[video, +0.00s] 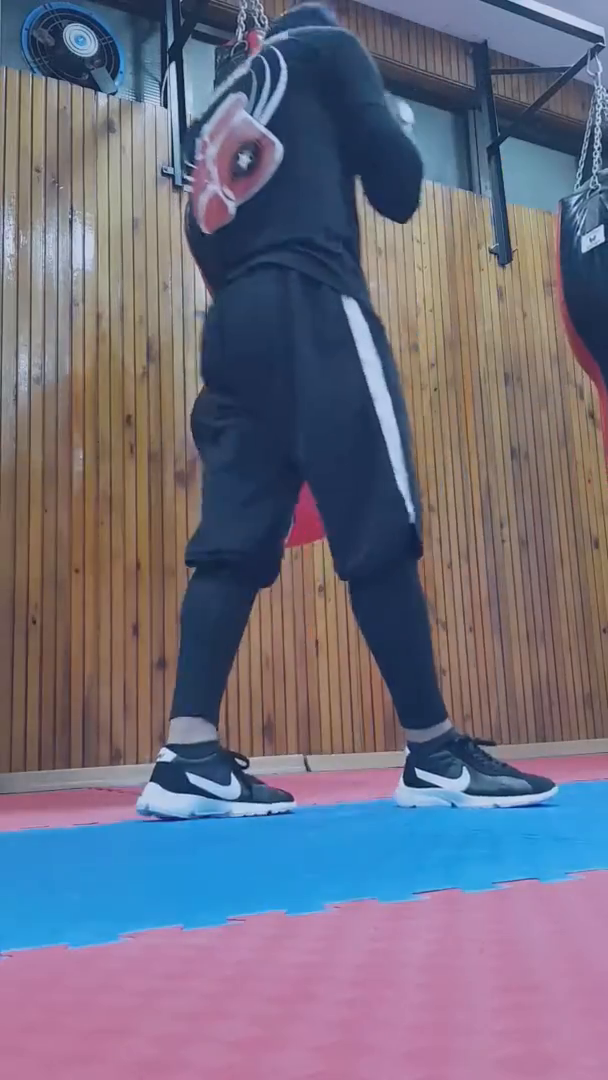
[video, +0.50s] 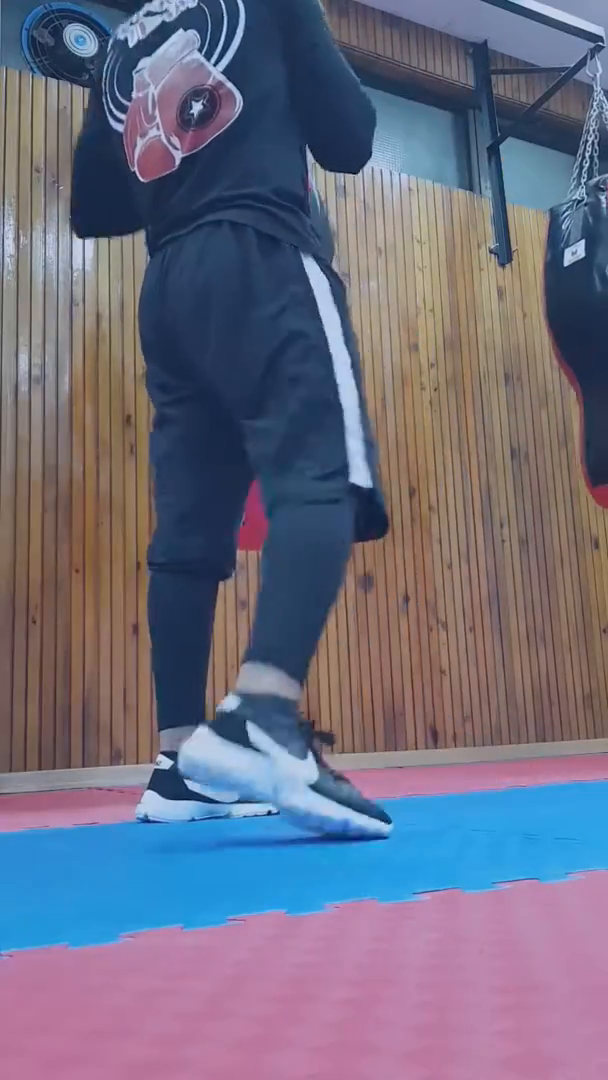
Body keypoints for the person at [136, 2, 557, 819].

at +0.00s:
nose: (352, 40)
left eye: (344, 37)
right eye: (344, 32)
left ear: (257, 33)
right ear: (325, 24)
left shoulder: (209, 113)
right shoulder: (326, 46)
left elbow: (212, 251)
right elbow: (398, 190)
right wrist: (374, 122)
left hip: (236, 319)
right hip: (315, 301)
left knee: (233, 543)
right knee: (377, 527)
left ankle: (188, 753)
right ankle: (436, 748)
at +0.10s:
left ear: (210, 45)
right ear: (267, 23)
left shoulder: (175, 123)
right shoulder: (304, 53)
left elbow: (203, 235)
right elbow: (366, 185)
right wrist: (292, 161)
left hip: (204, 313)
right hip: (287, 296)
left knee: (224, 545)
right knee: (366, 518)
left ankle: (188, 759)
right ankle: (422, 747)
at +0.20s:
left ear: (190, 43)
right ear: (249, 20)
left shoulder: (154, 111)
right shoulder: (283, 39)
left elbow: (169, 234)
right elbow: (340, 174)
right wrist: (262, 161)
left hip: (188, 300)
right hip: (277, 281)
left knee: (210, 542)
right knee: (363, 507)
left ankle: (188, 762)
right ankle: (407, 744)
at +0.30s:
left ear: (170, 18)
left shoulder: (135, 89)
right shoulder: (267, 16)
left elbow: (153, 233)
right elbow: (347, 155)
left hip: (174, 292)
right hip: (265, 266)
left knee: (192, 535)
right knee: (371, 489)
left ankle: (186, 755)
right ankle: (360, 724)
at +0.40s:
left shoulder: (122, 69)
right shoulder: (266, 7)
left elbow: (127, 234)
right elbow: (352, 142)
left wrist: (199, 141)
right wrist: (302, 79)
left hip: (167, 286)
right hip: (257, 259)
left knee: (185, 528)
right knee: (362, 478)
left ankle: (186, 762)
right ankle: (302, 700)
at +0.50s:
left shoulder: (121, 53)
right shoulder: (273, 4)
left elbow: (93, 208)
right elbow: (347, 140)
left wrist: (197, 160)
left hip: (166, 278)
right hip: (260, 254)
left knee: (186, 527)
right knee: (316, 491)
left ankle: (181, 761)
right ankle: (267, 713)